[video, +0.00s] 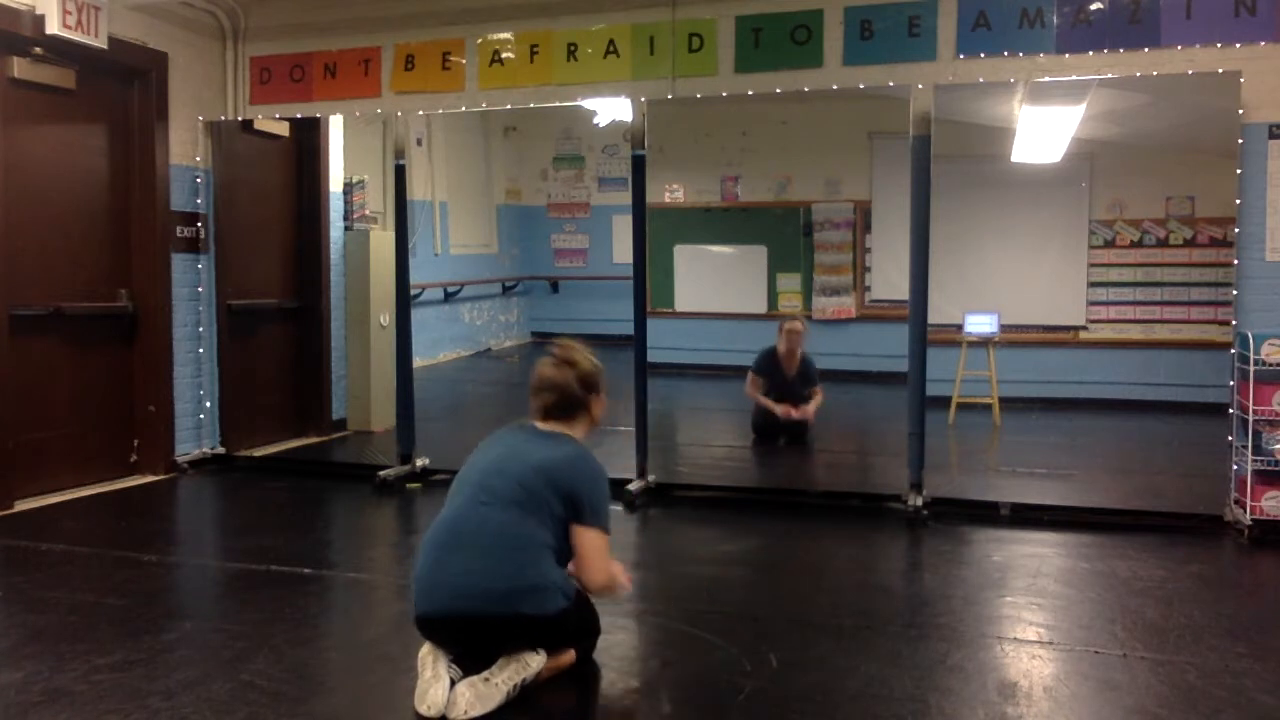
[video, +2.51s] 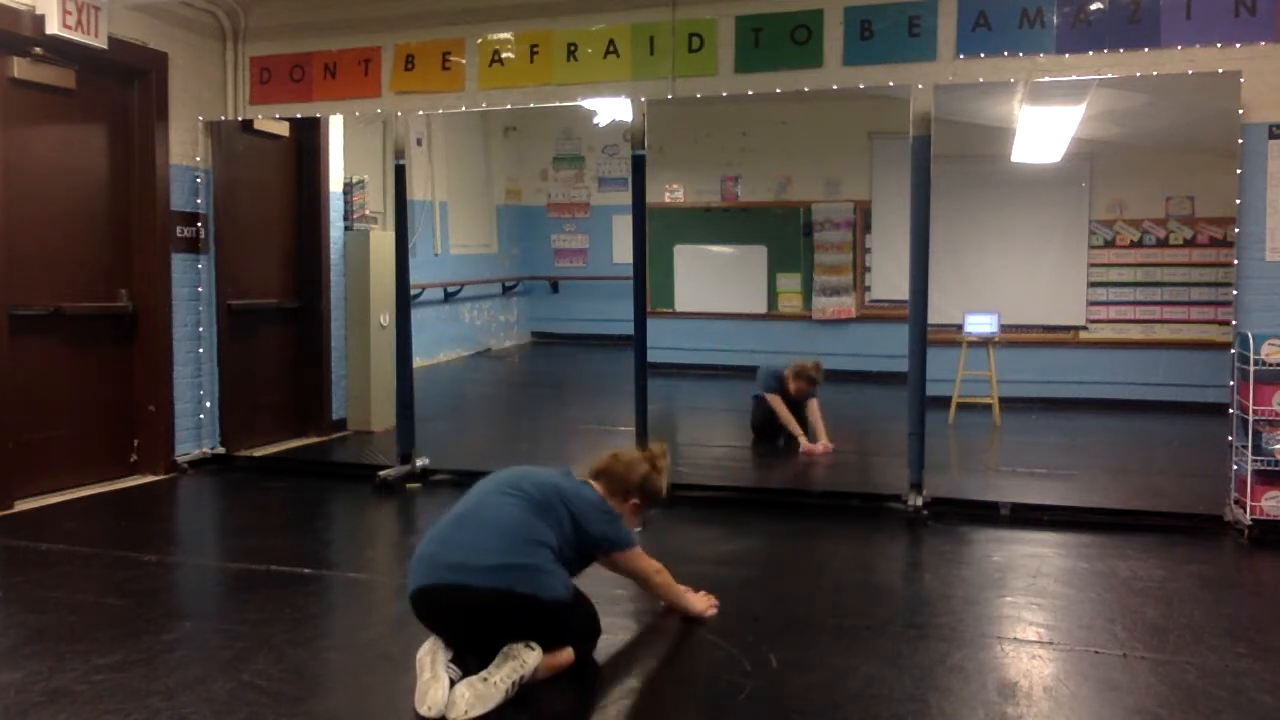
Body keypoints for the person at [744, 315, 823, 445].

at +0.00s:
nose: (793, 338)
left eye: (797, 333)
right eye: (789, 332)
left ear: (802, 337)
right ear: (780, 335)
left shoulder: (807, 363)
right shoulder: (766, 357)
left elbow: (817, 393)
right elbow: (751, 388)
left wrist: (809, 409)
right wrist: (776, 408)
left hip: (798, 416)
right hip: (769, 416)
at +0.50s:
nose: (751, 335)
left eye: (753, 329)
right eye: (746, 333)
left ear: (762, 327)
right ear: (744, 338)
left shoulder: (790, 352)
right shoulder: (752, 361)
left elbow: (811, 379)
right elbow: (748, 390)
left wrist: (786, 404)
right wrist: (754, 404)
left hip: (795, 406)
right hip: (768, 408)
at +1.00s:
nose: (736, 387)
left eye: (736, 381)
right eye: (733, 384)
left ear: (746, 370)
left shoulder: (777, 375)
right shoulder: (745, 383)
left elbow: (755, 409)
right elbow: (729, 409)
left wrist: (733, 437)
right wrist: (712, 434)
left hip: (800, 400)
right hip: (774, 401)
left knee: (795, 431)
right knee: (761, 431)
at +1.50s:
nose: (761, 325)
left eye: (765, 321)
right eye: (757, 322)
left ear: (774, 325)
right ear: (752, 326)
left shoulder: (787, 351)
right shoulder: (748, 354)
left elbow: (813, 381)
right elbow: (740, 384)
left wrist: (786, 399)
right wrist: (754, 398)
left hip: (793, 408)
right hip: (765, 408)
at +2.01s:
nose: (793, 336)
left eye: (798, 332)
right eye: (791, 330)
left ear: (803, 335)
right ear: (784, 329)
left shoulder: (806, 361)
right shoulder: (765, 352)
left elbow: (815, 389)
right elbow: (748, 382)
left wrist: (800, 407)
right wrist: (769, 410)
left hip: (795, 419)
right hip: (766, 418)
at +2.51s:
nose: (800, 394)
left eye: (804, 391)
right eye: (799, 389)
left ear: (810, 387)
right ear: (792, 379)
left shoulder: (807, 385)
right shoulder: (769, 380)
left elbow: (814, 414)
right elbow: (782, 413)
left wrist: (823, 440)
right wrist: (802, 440)